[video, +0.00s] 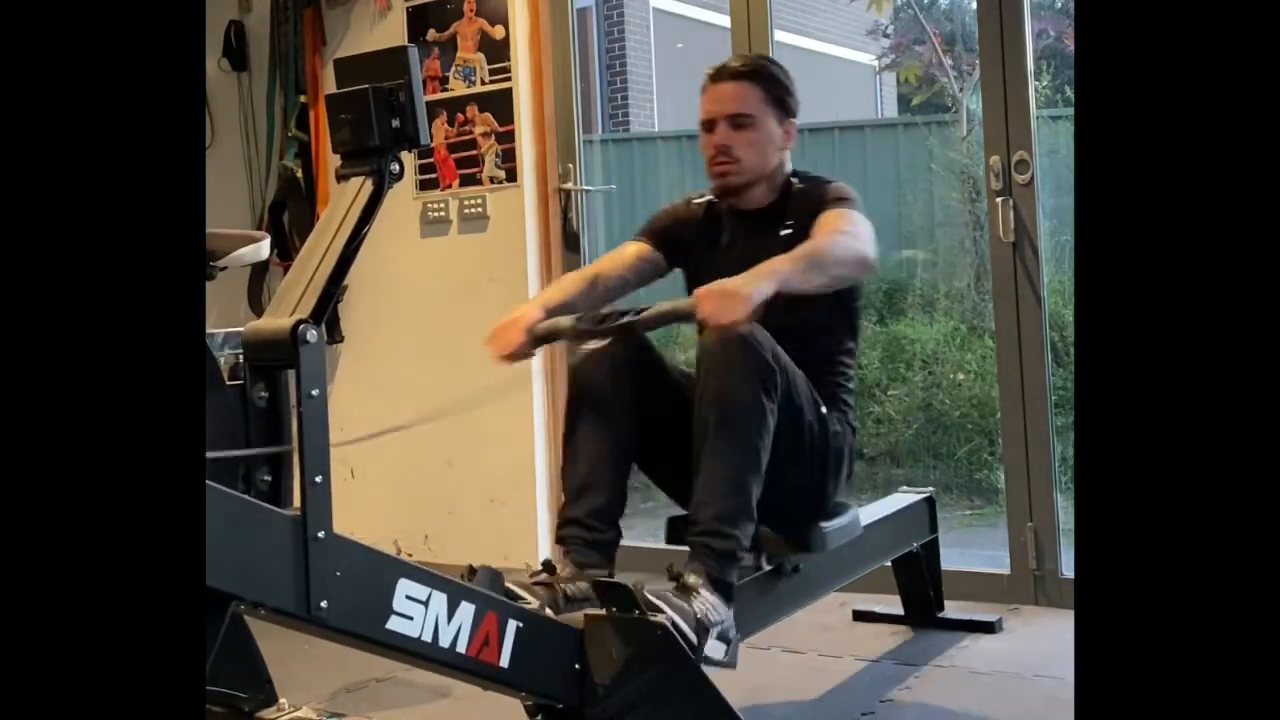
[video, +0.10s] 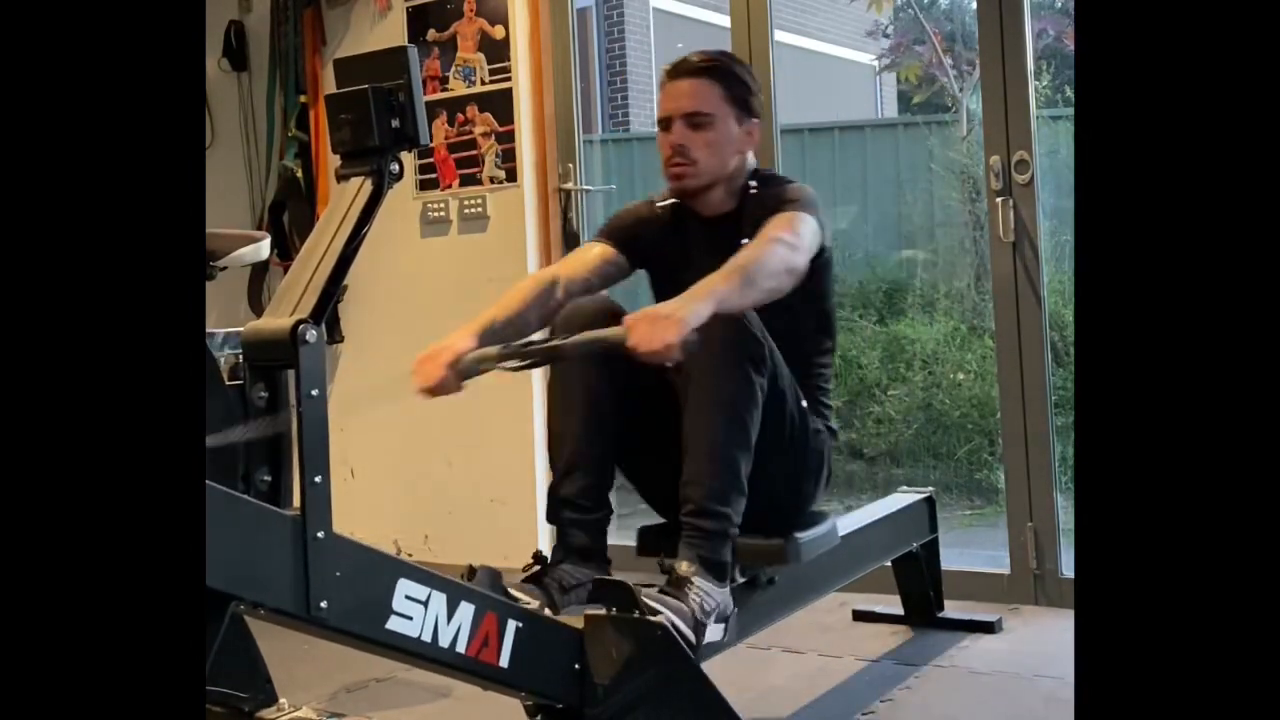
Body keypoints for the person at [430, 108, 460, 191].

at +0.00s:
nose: (446, 118)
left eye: (446, 116)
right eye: (445, 116)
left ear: (442, 116)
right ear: (440, 116)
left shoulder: (443, 125)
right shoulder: (437, 123)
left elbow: (453, 132)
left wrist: (457, 122)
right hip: (440, 147)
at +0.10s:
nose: (446, 118)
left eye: (446, 116)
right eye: (444, 116)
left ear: (442, 116)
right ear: (440, 116)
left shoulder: (441, 125)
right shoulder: (438, 123)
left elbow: (453, 132)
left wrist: (457, 122)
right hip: (440, 147)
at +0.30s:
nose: (446, 118)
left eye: (446, 115)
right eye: (445, 115)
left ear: (443, 116)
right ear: (440, 116)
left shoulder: (443, 125)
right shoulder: (437, 123)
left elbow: (453, 132)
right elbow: (439, 138)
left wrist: (457, 122)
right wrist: (442, 150)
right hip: (439, 147)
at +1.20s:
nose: (446, 118)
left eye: (446, 116)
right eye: (444, 116)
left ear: (444, 116)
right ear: (440, 116)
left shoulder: (443, 124)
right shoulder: (437, 124)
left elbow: (453, 132)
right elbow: (438, 139)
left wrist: (457, 122)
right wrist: (442, 150)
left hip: (443, 148)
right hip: (439, 148)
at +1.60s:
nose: (446, 118)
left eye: (446, 115)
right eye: (444, 115)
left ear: (444, 116)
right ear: (440, 116)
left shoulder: (443, 124)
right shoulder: (437, 124)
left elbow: (453, 132)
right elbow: (438, 139)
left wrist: (457, 122)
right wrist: (442, 150)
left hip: (443, 148)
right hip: (439, 148)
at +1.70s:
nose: (446, 118)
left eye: (446, 115)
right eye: (444, 115)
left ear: (444, 116)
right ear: (440, 116)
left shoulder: (443, 124)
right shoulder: (437, 124)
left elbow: (453, 132)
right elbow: (438, 139)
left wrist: (457, 122)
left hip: (443, 148)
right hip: (439, 149)